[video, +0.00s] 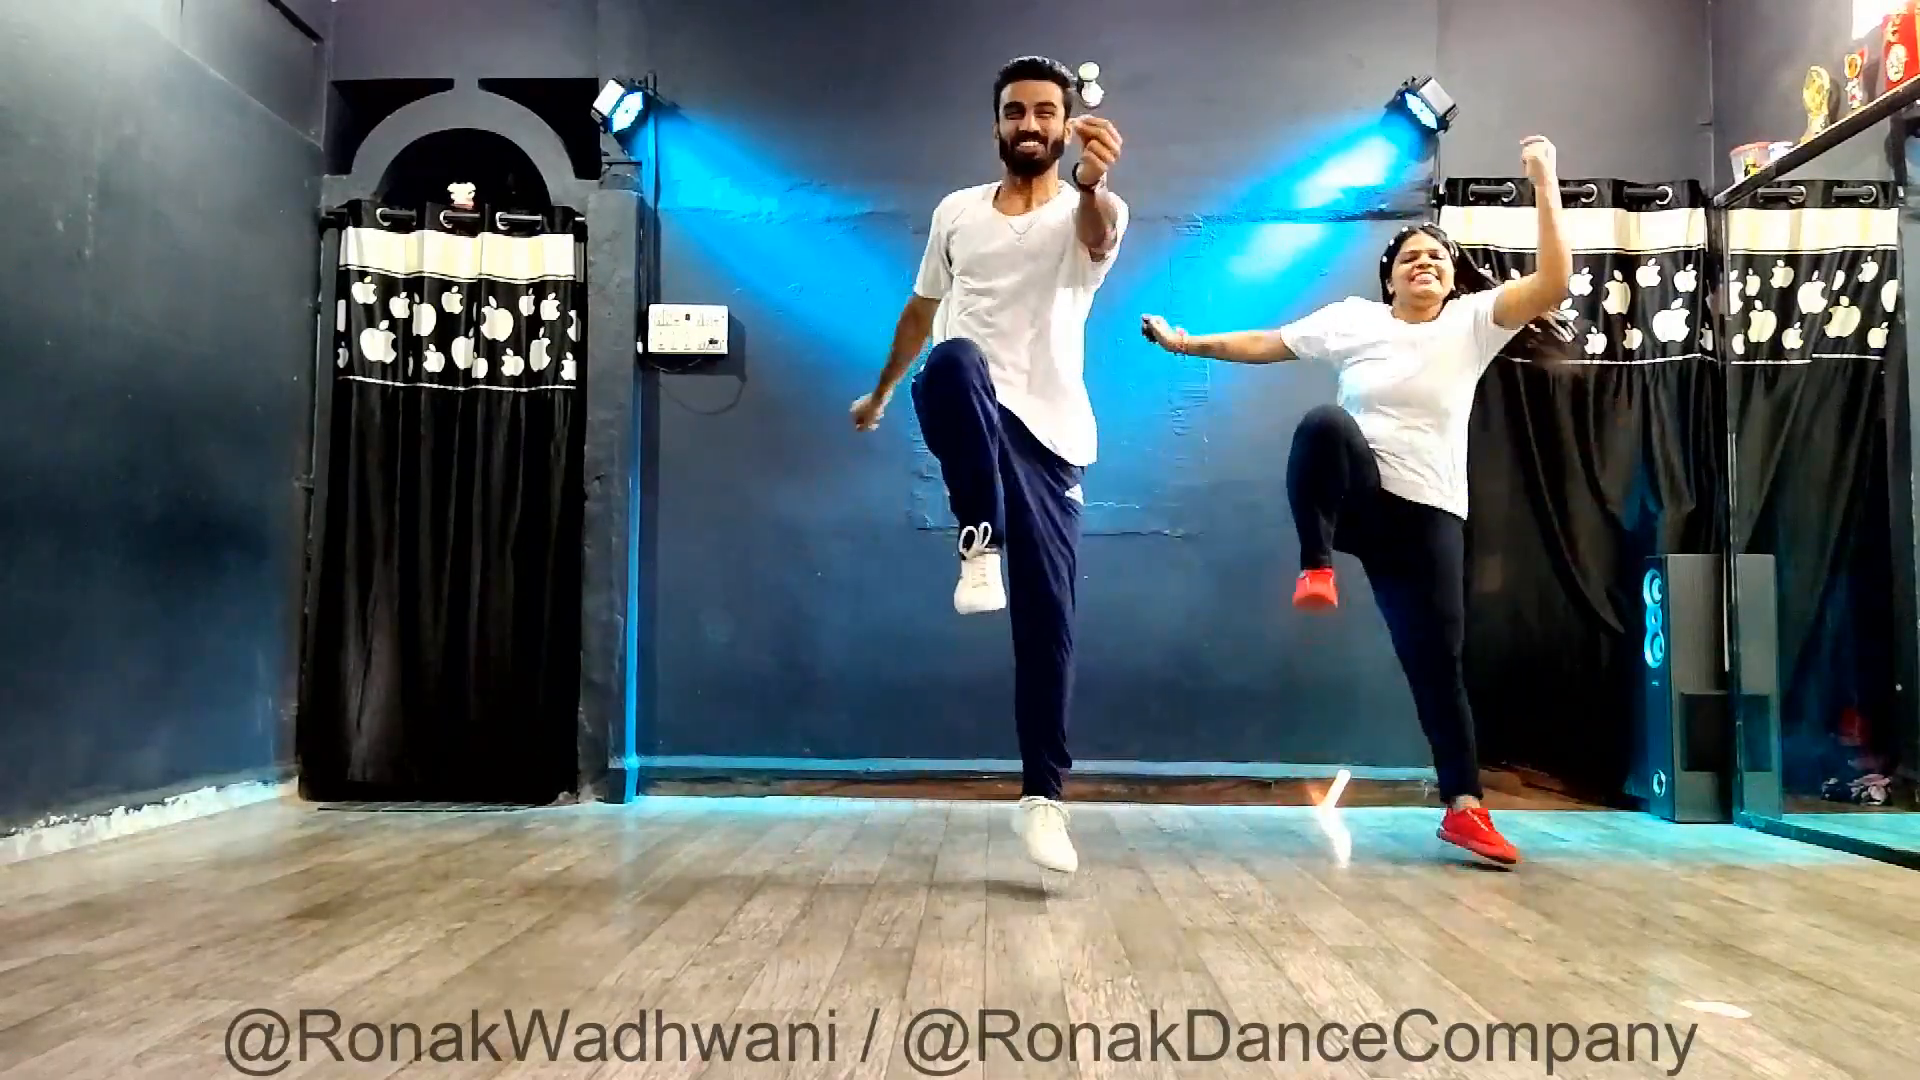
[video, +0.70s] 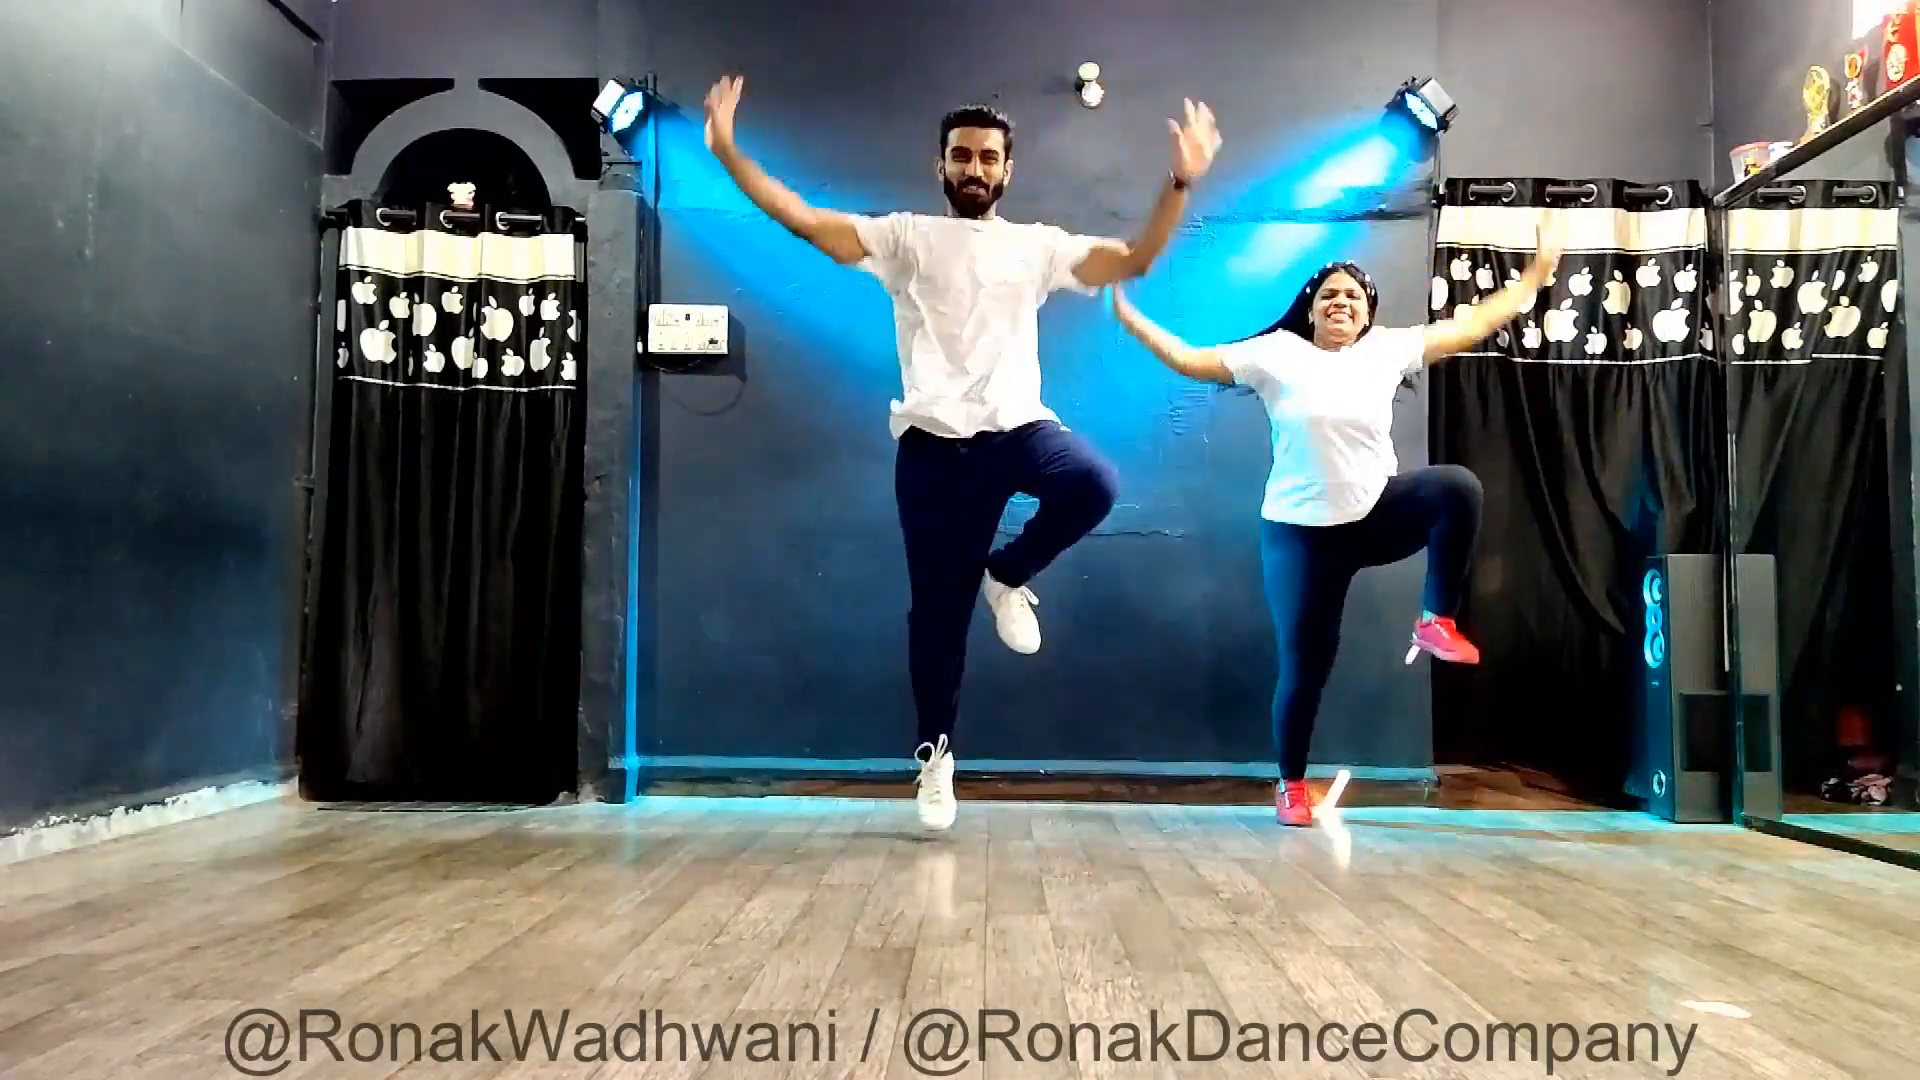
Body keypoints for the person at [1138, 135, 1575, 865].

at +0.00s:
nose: (1424, 265)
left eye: (1436, 259)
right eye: (1411, 258)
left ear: (1452, 278)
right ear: (1390, 276)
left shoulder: (1473, 321)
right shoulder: (1355, 322)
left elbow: (1552, 283)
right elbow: (1271, 344)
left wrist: (1545, 190)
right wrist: (1189, 342)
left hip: (1430, 516)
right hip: (1359, 499)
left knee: (1439, 662)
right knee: (1324, 423)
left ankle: (1463, 806)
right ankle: (1316, 567)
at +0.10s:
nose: (1407, 267)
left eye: (1420, 262)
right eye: (1395, 261)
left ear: (1436, 284)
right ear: (1374, 283)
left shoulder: (1465, 326)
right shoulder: (1344, 328)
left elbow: (1553, 314)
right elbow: (1284, 378)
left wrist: (1588, 234)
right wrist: (1215, 388)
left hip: (1428, 520)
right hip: (1348, 502)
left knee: (1442, 668)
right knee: (1282, 478)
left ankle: (1451, 809)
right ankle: (1300, 622)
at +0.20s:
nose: (1393, 286)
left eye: (1405, 281)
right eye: (1382, 280)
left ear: (1425, 301)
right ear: (1364, 301)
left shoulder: (1454, 353)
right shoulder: (1333, 358)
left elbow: (1537, 375)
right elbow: (1299, 424)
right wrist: (1234, 454)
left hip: (1427, 540)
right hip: (1338, 529)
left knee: (1442, 680)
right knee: (1262, 572)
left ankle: (1453, 817)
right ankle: (1292, 698)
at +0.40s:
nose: (1348, 318)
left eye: (1359, 311)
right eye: (1338, 310)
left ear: (1376, 327)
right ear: (1318, 322)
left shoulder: (1395, 383)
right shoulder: (1284, 373)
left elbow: (1395, 447)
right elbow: (1266, 416)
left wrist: (1331, 443)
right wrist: (1347, 384)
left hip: (1395, 537)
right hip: (1309, 543)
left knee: (1442, 634)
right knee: (1296, 679)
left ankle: (1453, 788)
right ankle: (1295, 801)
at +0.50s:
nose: (1341, 297)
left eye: (1352, 291)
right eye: (1330, 290)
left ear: (1367, 307)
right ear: (1311, 305)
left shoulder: (1381, 356)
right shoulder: (1286, 350)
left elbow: (1397, 299)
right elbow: (1252, 311)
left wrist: (1359, 227)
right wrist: (1299, 245)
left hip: (1381, 515)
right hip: (1304, 528)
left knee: (1454, 549)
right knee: (1303, 671)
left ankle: (1432, 687)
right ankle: (1298, 794)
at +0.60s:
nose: (1346, 287)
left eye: (1358, 281)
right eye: (1333, 280)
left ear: (1371, 297)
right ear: (1312, 295)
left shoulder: (1389, 326)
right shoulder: (1281, 330)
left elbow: (1436, 252)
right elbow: (1212, 288)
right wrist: (1212, 210)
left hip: (1376, 501)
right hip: (1301, 512)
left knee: (1456, 502)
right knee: (1300, 660)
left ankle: (1429, 634)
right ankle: (1300, 782)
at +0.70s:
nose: (1339, 303)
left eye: (1351, 297)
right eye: (1328, 296)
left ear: (1367, 312)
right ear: (1310, 311)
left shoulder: (1388, 350)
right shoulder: (1276, 355)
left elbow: (1469, 325)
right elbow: (1188, 359)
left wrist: (1534, 279)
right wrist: (1128, 313)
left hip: (1377, 512)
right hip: (1302, 529)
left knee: (1457, 489)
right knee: (1304, 668)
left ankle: (1435, 623)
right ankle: (1291, 784)